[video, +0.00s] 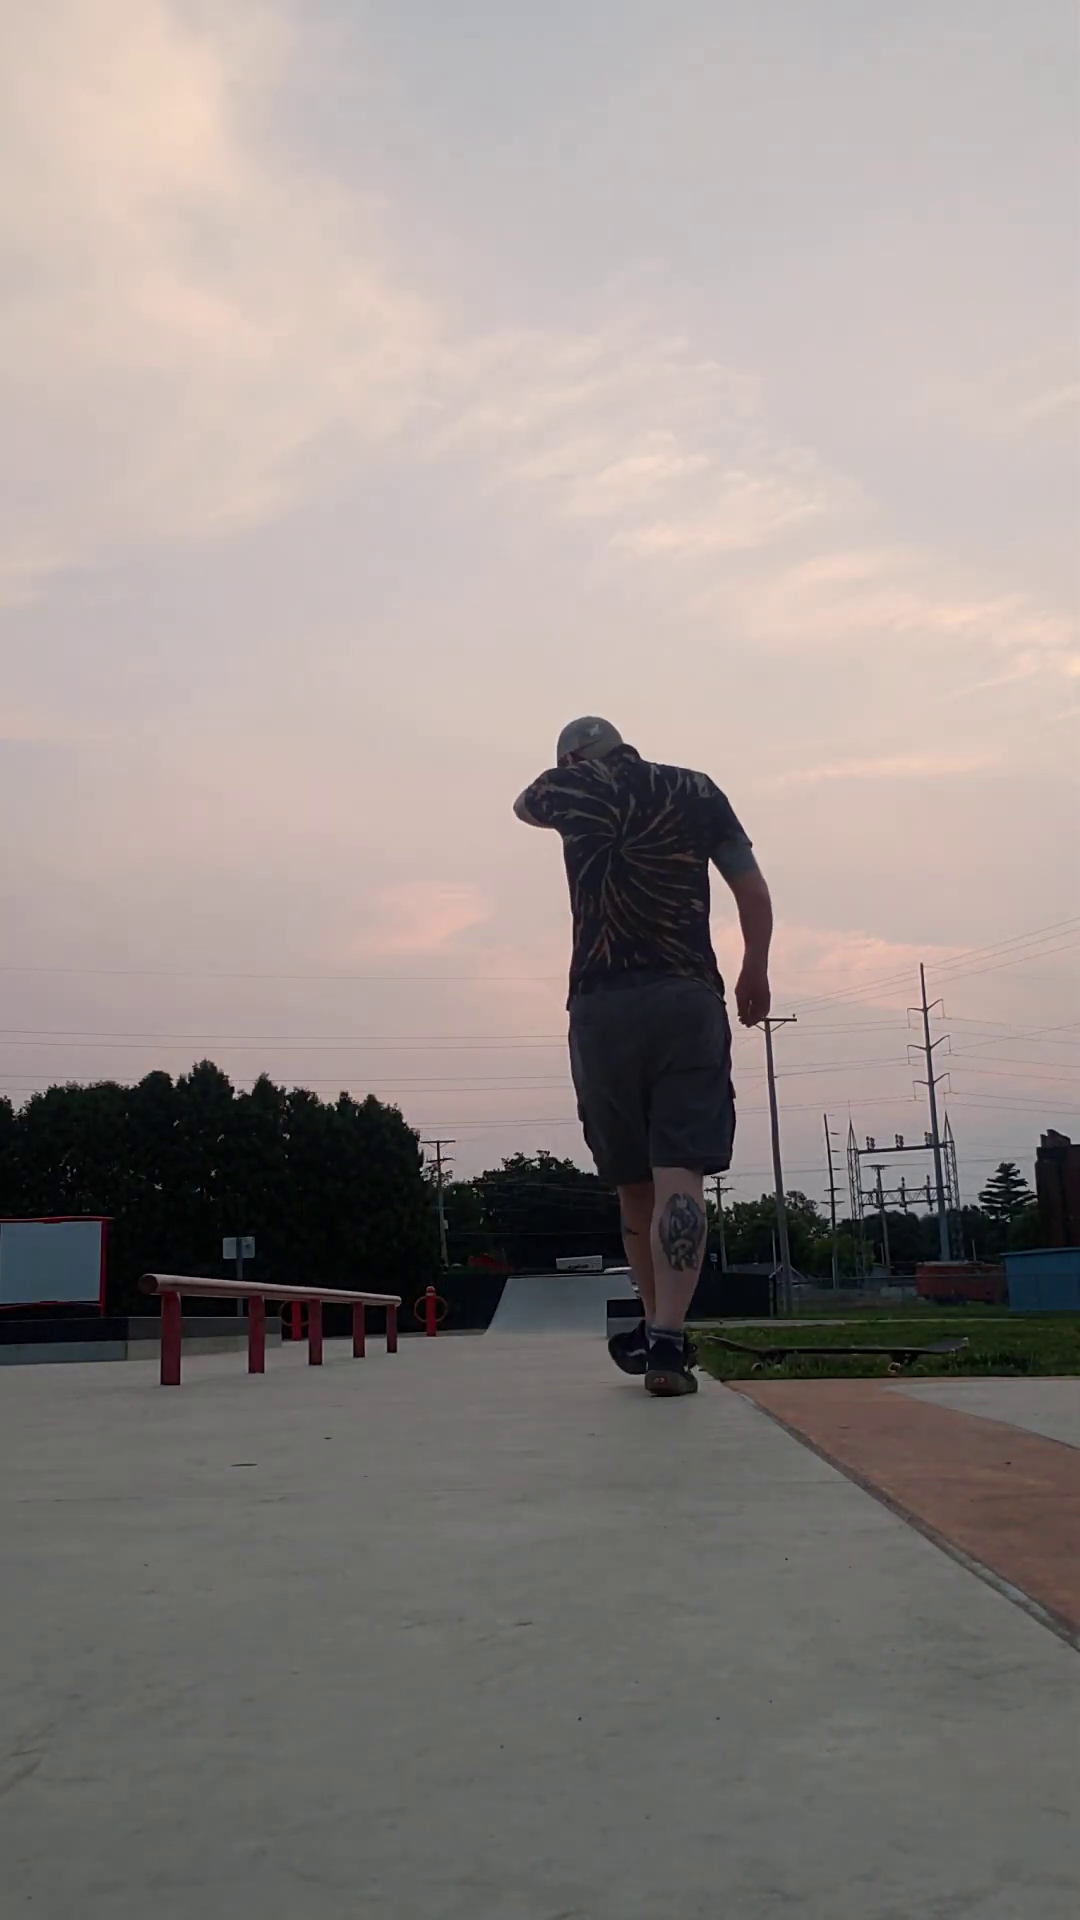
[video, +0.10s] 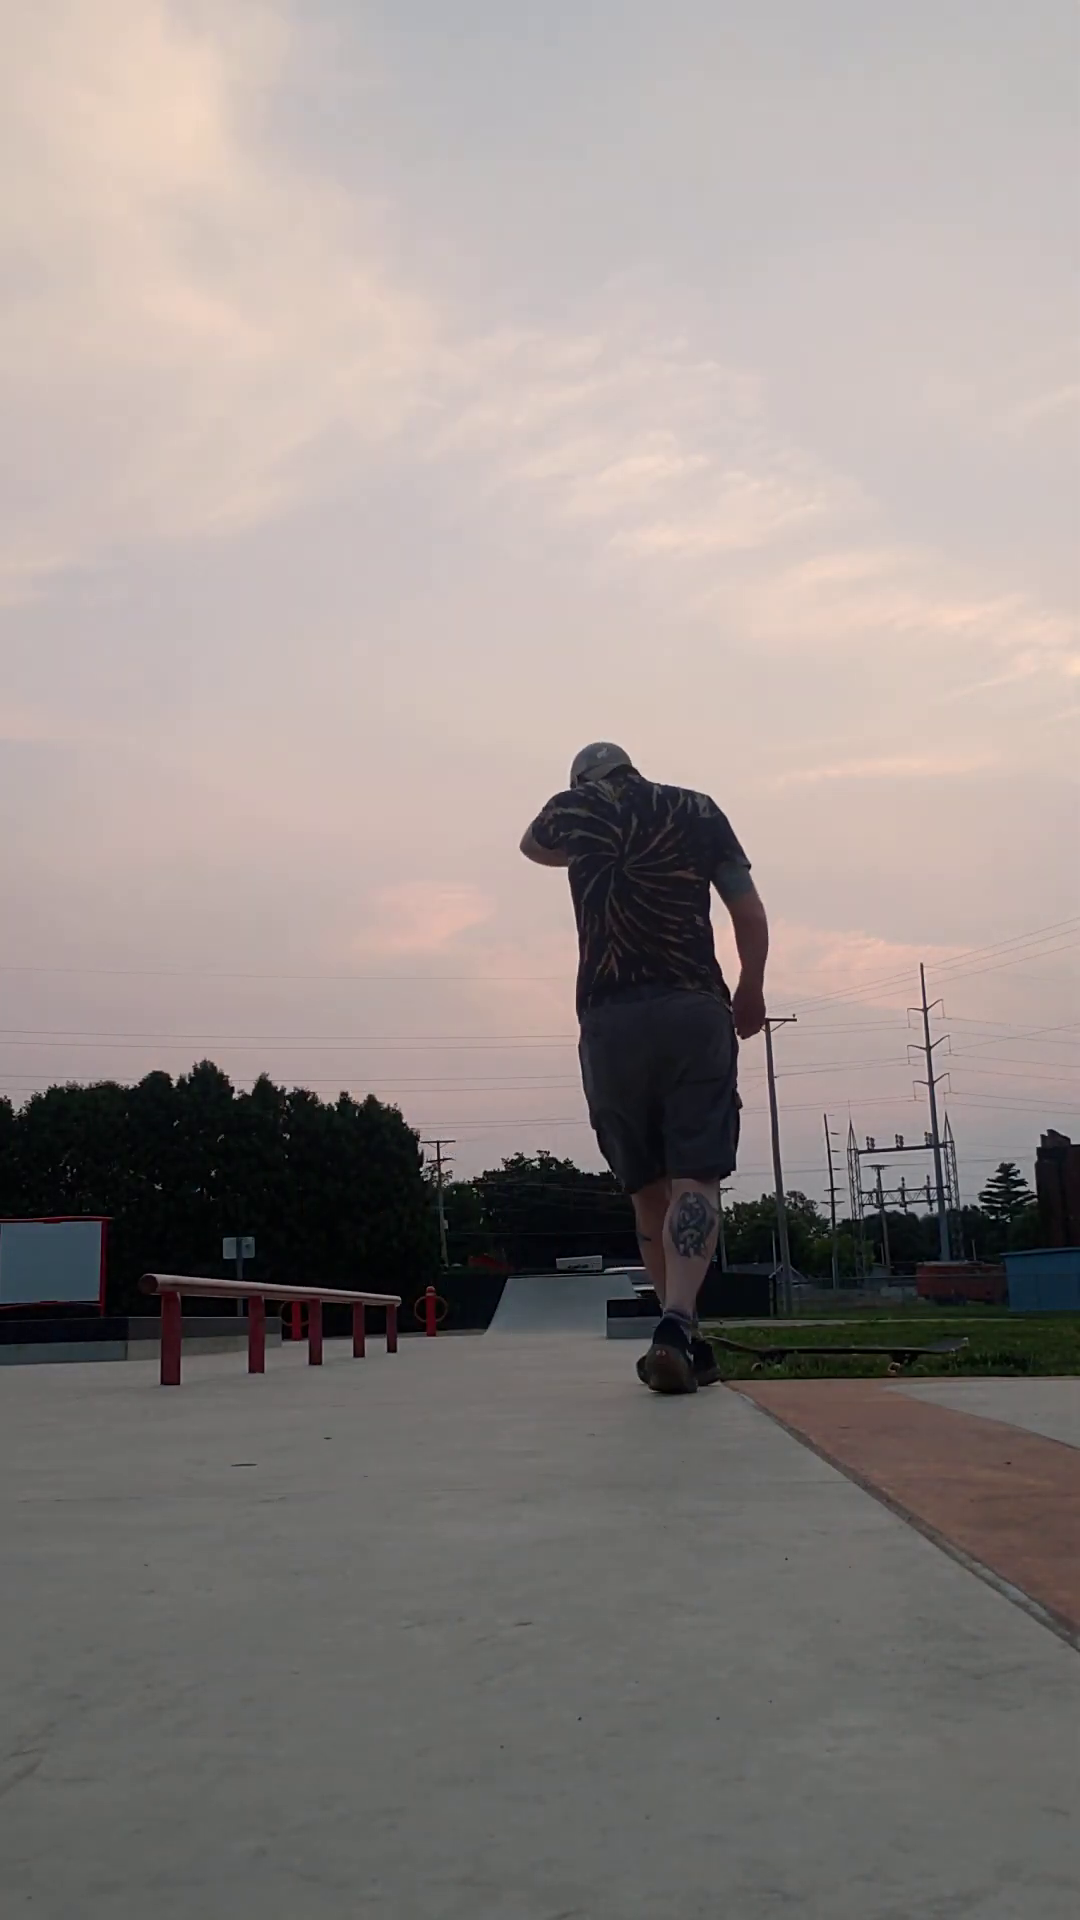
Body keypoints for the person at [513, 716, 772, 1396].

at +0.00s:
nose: (568, 775)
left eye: (566, 767)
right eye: (570, 767)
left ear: (576, 759)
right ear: (623, 743)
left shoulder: (572, 789)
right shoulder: (695, 789)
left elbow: (525, 806)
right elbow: (752, 890)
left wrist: (575, 775)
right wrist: (755, 970)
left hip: (604, 1007)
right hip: (688, 1000)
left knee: (632, 1183)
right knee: (681, 1175)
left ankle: (658, 1333)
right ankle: (668, 1340)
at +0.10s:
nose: (584, 792)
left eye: (581, 784)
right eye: (589, 781)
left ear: (584, 782)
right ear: (631, 767)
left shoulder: (575, 813)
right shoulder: (695, 808)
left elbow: (533, 843)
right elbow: (749, 913)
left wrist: (585, 805)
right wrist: (751, 990)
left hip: (612, 1022)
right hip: (696, 1012)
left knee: (647, 1191)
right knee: (696, 1179)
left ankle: (686, 1343)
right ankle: (673, 1329)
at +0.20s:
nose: (595, 812)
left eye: (592, 804)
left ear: (594, 801)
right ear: (646, 790)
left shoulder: (578, 832)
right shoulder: (701, 829)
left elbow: (532, 901)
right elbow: (742, 931)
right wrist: (748, 1007)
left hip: (611, 1032)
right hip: (694, 1024)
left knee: (653, 1192)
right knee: (721, 1176)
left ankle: (688, 1344)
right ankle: (712, 1293)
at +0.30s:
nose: (614, 820)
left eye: (607, 813)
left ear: (601, 814)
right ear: (655, 804)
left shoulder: (581, 847)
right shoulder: (705, 839)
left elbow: (538, 953)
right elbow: (741, 944)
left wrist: (583, 978)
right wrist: (743, 1027)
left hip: (615, 1038)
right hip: (696, 1029)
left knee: (654, 1194)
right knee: (722, 1172)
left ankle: (692, 1344)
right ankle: (739, 1277)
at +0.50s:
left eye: (605, 860)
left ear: (606, 857)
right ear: (654, 852)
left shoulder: (587, 880)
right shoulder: (701, 878)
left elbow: (569, 956)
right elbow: (746, 980)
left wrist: (577, 1045)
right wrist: (734, 1057)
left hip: (632, 1039)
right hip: (711, 1037)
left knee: (655, 1198)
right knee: (715, 1189)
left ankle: (694, 1347)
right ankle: (739, 1337)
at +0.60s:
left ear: (597, 896)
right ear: (646, 891)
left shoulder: (589, 904)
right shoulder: (695, 916)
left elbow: (578, 951)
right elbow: (749, 1023)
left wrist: (577, 1050)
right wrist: (729, 1095)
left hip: (644, 1043)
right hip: (720, 1046)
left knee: (654, 1203)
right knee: (716, 1200)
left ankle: (694, 1348)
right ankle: (717, 1342)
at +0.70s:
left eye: (583, 957)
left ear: (593, 933)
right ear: (640, 927)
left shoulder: (595, 934)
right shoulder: (679, 943)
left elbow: (583, 966)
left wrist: (576, 1058)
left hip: (660, 1046)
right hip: (729, 1046)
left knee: (654, 1206)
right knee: (706, 1201)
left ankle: (695, 1345)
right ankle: (711, 1342)